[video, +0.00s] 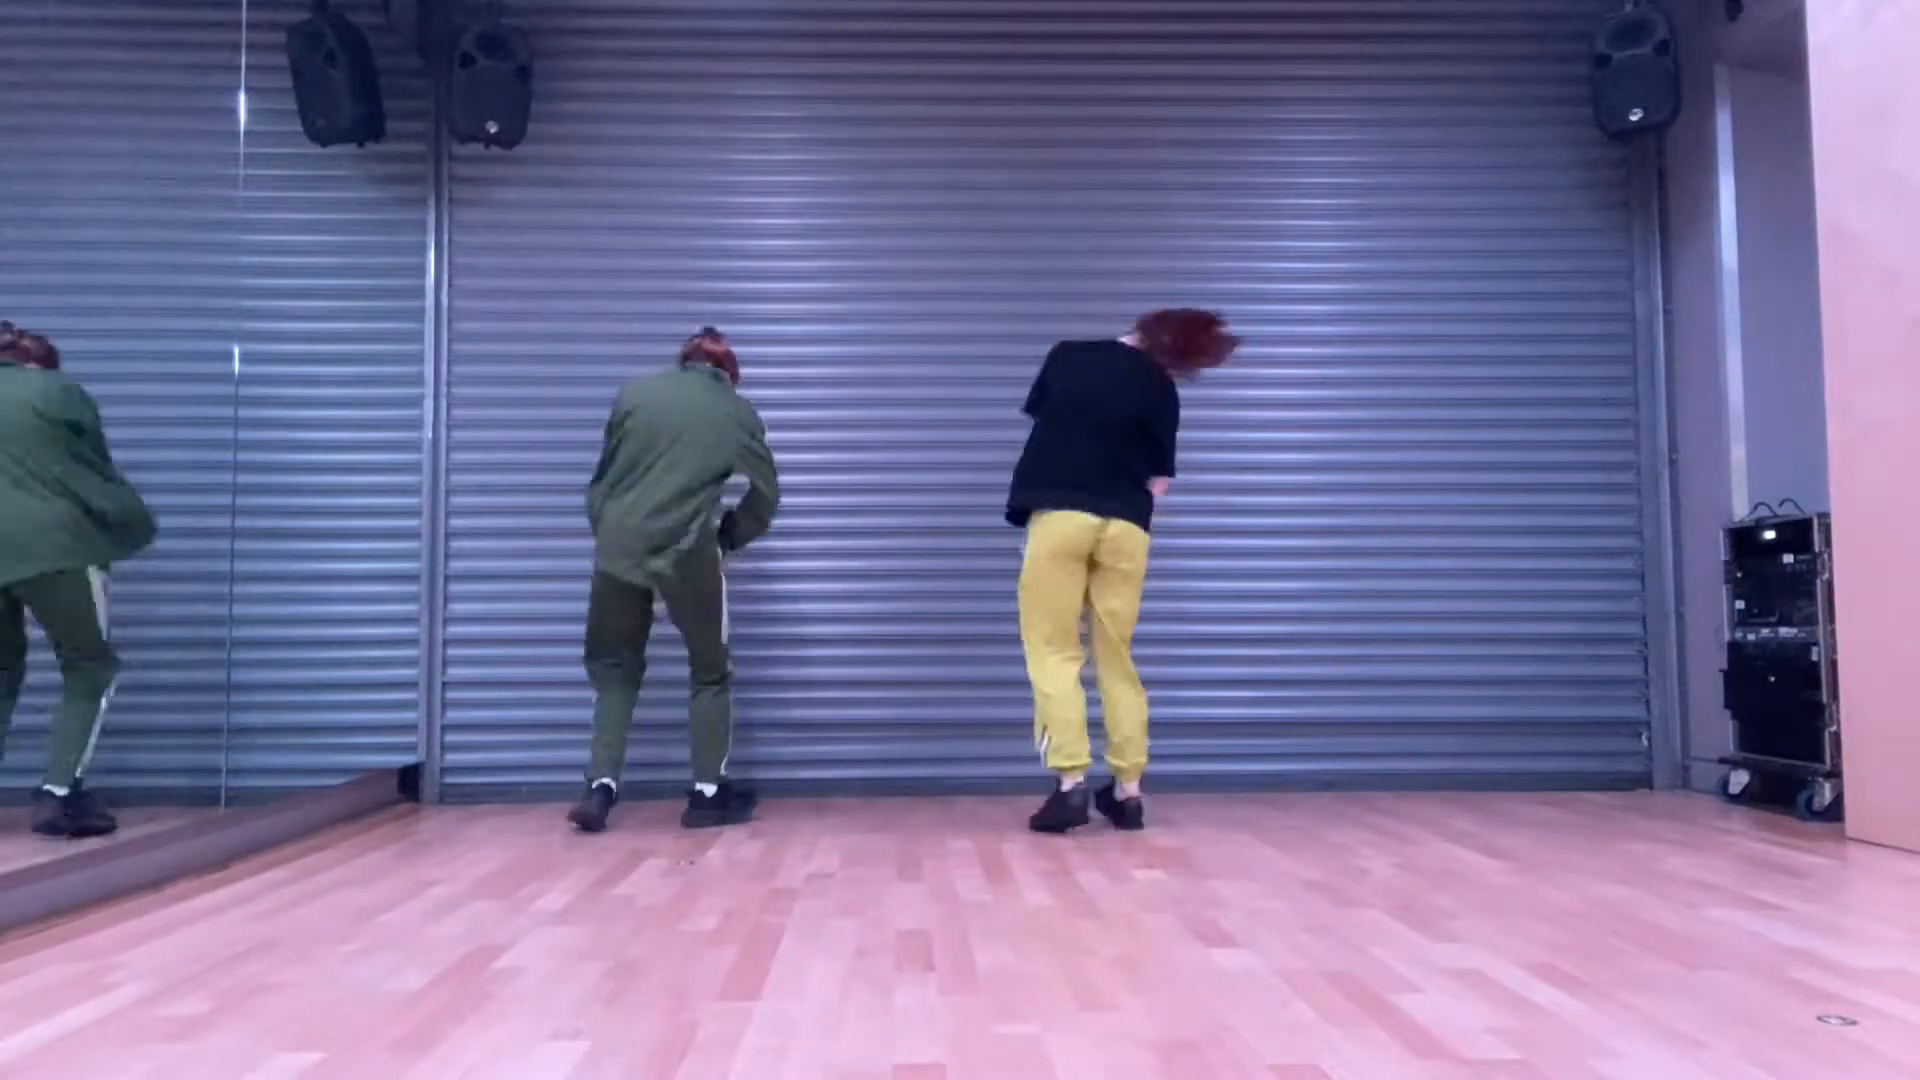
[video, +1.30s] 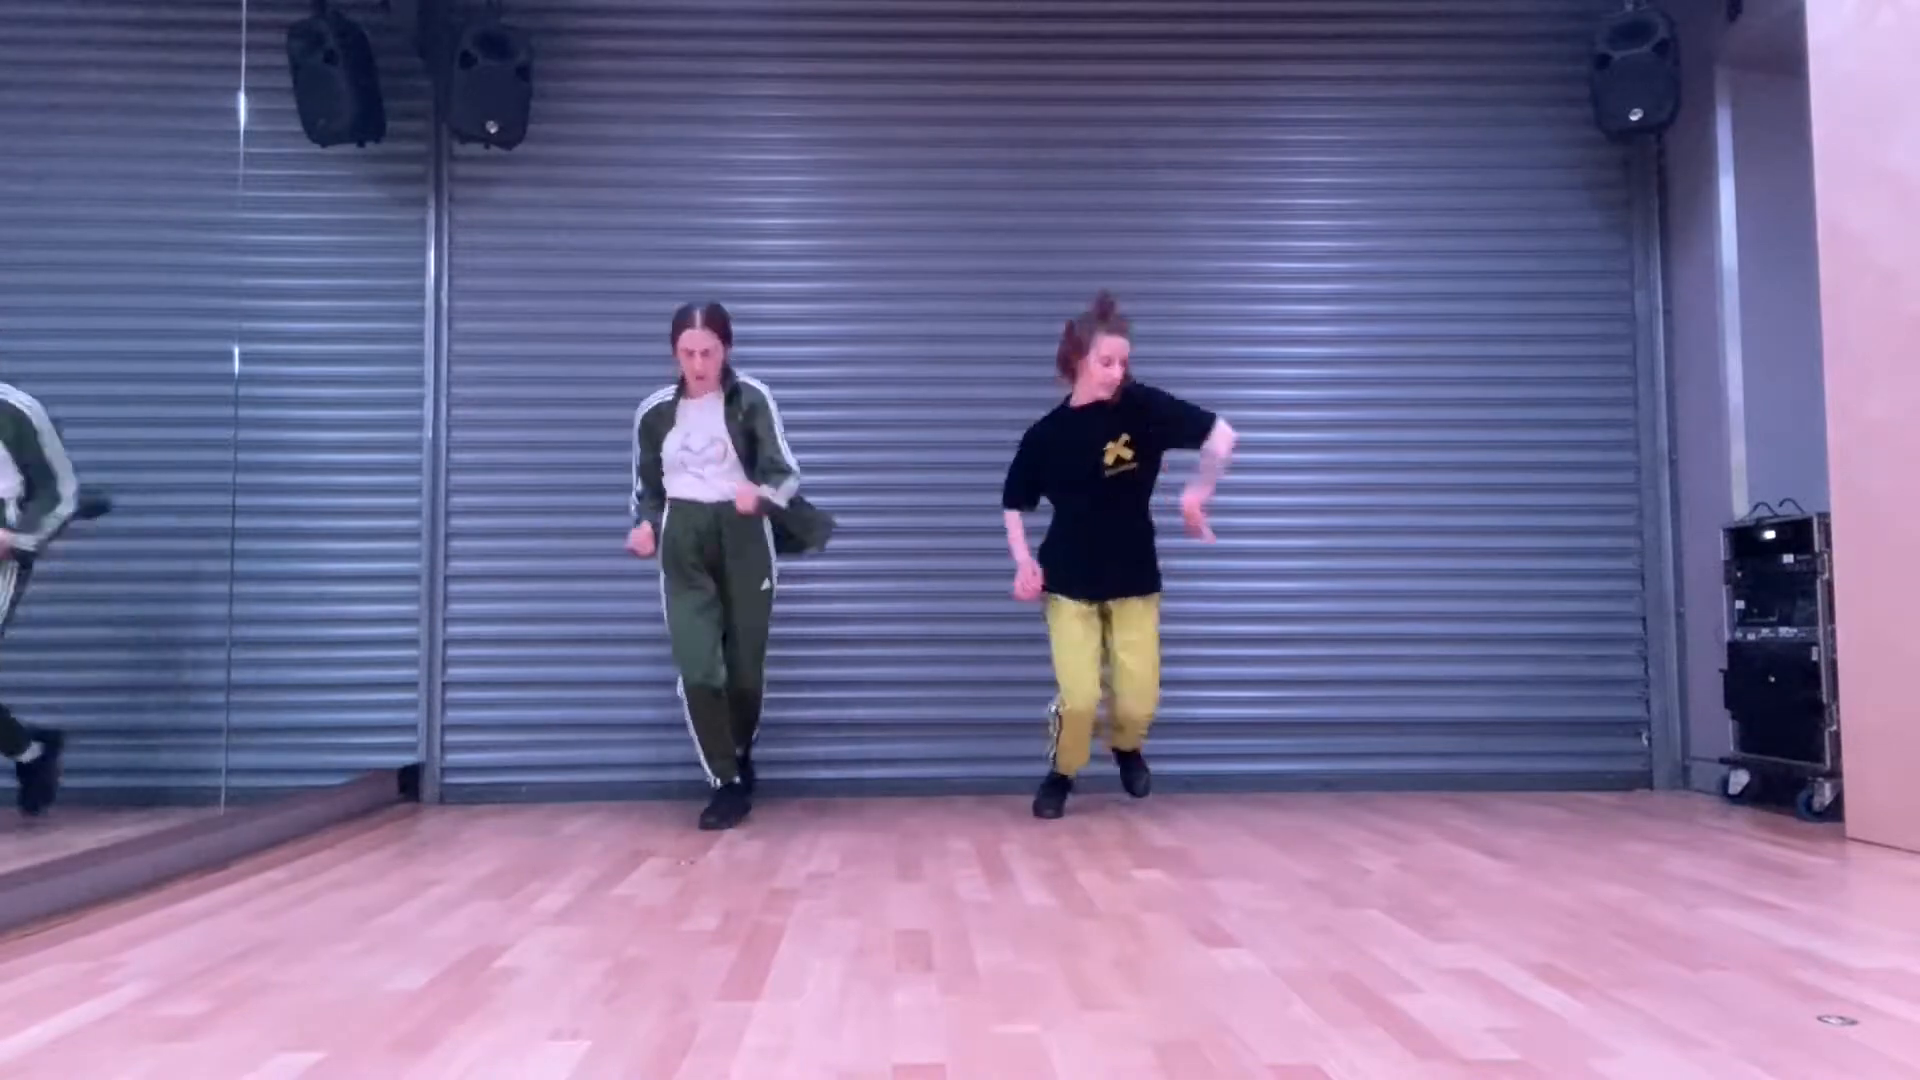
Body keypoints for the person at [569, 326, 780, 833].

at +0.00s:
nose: (734, 388)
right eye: (734, 380)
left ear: (683, 361)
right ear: (729, 375)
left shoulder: (636, 390)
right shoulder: (738, 412)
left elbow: (605, 469)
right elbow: (765, 496)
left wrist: (606, 519)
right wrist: (729, 536)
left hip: (617, 546)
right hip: (686, 553)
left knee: (614, 666)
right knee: (709, 672)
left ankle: (602, 784)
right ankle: (706, 792)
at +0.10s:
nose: (641, 363)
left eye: (643, 354)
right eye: (644, 355)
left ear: (655, 351)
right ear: (697, 349)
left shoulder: (644, 384)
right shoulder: (734, 405)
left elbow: (603, 468)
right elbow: (762, 481)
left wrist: (582, 543)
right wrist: (709, 497)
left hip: (638, 550)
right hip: (704, 557)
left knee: (603, 670)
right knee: (686, 675)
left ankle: (602, 793)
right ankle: (702, 790)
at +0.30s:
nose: (650, 327)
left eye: (662, 318)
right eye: (649, 318)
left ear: (694, 328)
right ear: (657, 329)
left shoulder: (693, 387)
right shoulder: (669, 386)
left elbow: (679, 478)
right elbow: (668, 480)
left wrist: (630, 530)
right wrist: (632, 528)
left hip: (685, 541)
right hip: (669, 539)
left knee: (625, 660)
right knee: (656, 668)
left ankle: (688, 781)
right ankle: (716, 772)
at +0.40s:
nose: (668, 336)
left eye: (680, 327)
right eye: (661, 327)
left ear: (702, 339)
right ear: (652, 338)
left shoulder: (713, 396)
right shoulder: (643, 403)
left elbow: (725, 475)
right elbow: (590, 465)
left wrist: (696, 547)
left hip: (689, 537)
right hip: (639, 535)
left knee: (647, 672)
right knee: (613, 675)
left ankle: (698, 798)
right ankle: (714, 743)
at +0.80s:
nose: (665, 360)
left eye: (675, 351)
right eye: (657, 351)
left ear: (695, 357)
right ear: (647, 357)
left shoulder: (723, 400)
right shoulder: (628, 396)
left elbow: (768, 465)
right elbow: (608, 445)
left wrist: (766, 540)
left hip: (705, 534)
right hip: (644, 534)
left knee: (682, 624)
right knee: (628, 674)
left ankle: (703, 708)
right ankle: (664, 777)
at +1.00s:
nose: (685, 366)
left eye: (694, 357)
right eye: (675, 356)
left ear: (710, 361)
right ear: (661, 361)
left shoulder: (732, 399)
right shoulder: (636, 409)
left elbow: (748, 461)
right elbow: (609, 477)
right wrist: (618, 539)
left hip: (730, 536)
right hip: (669, 539)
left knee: (740, 666)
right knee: (668, 664)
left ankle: (719, 761)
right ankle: (672, 771)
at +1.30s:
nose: (699, 363)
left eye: (708, 352)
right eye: (689, 353)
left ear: (726, 352)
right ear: (675, 355)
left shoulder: (752, 401)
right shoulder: (654, 412)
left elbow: (787, 475)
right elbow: (646, 483)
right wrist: (643, 521)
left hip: (743, 540)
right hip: (682, 545)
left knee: (745, 672)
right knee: (699, 673)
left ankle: (740, 757)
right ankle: (724, 784)